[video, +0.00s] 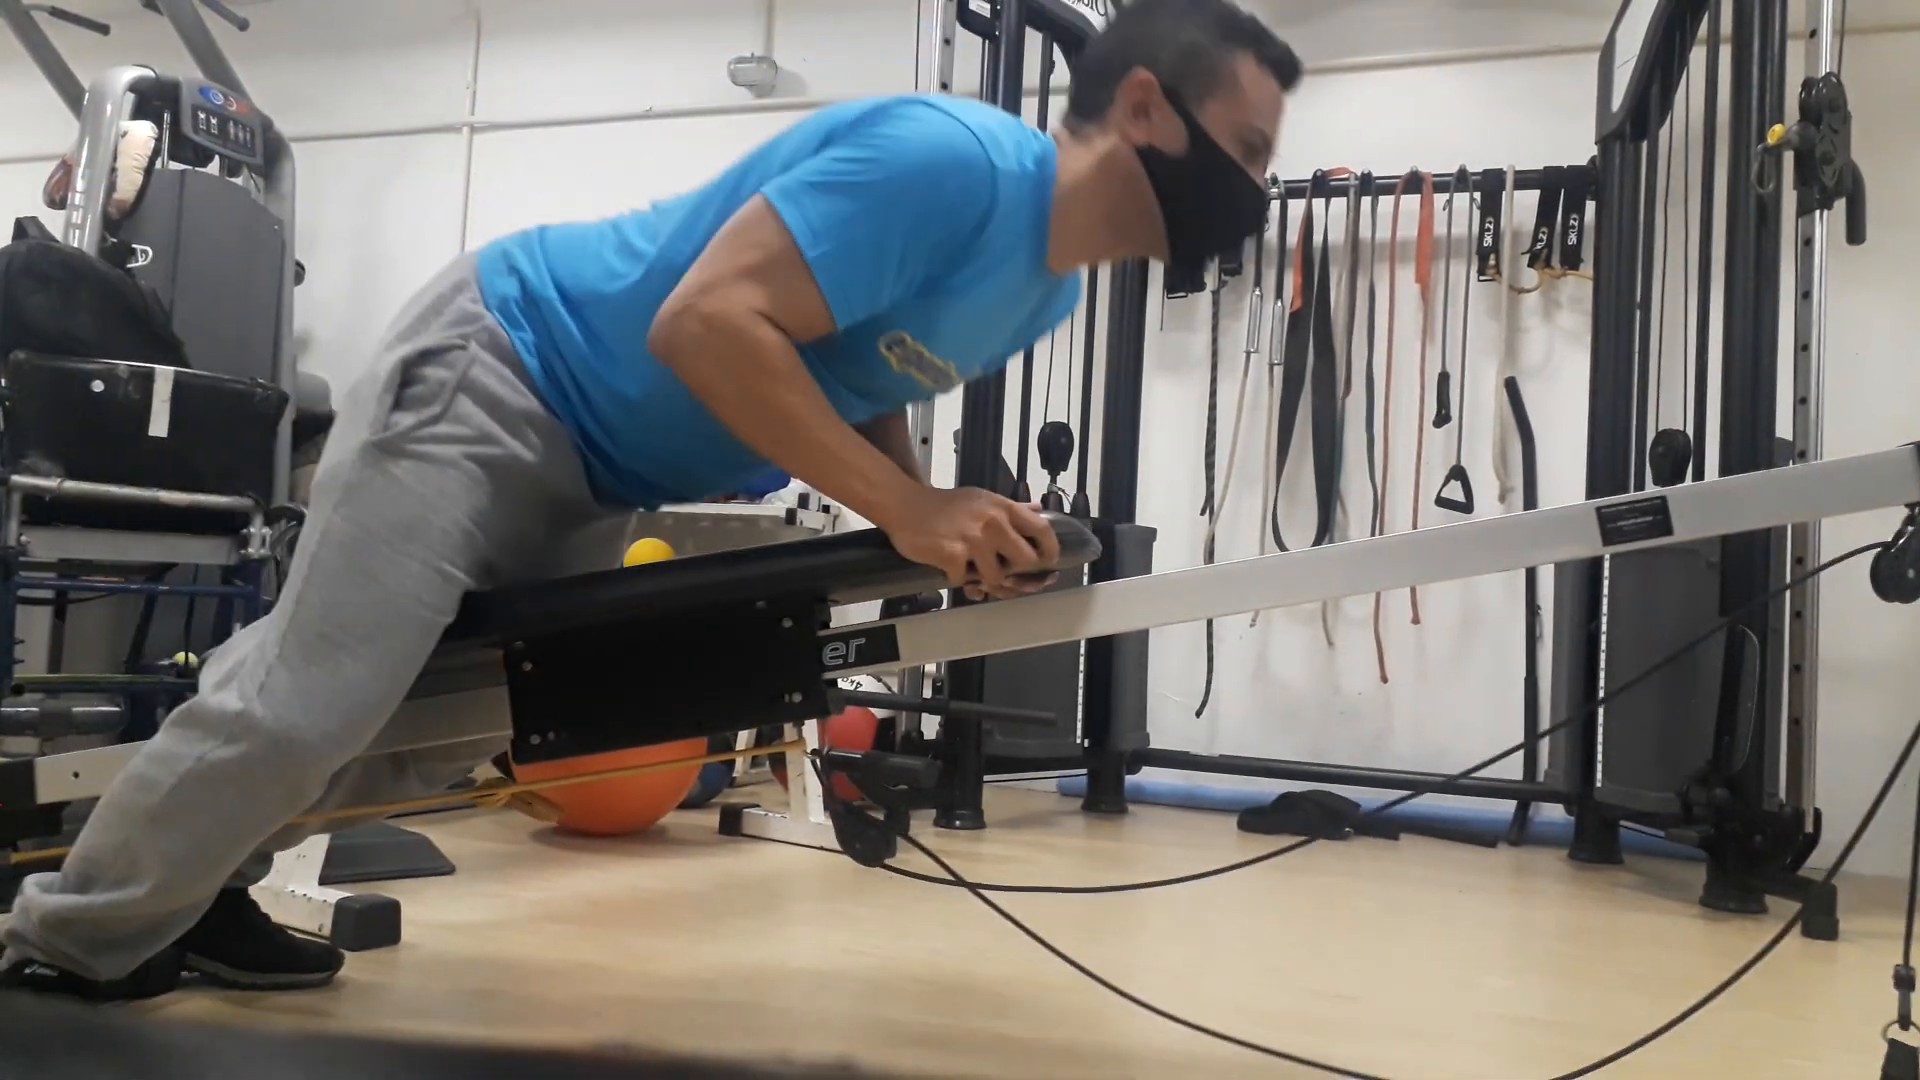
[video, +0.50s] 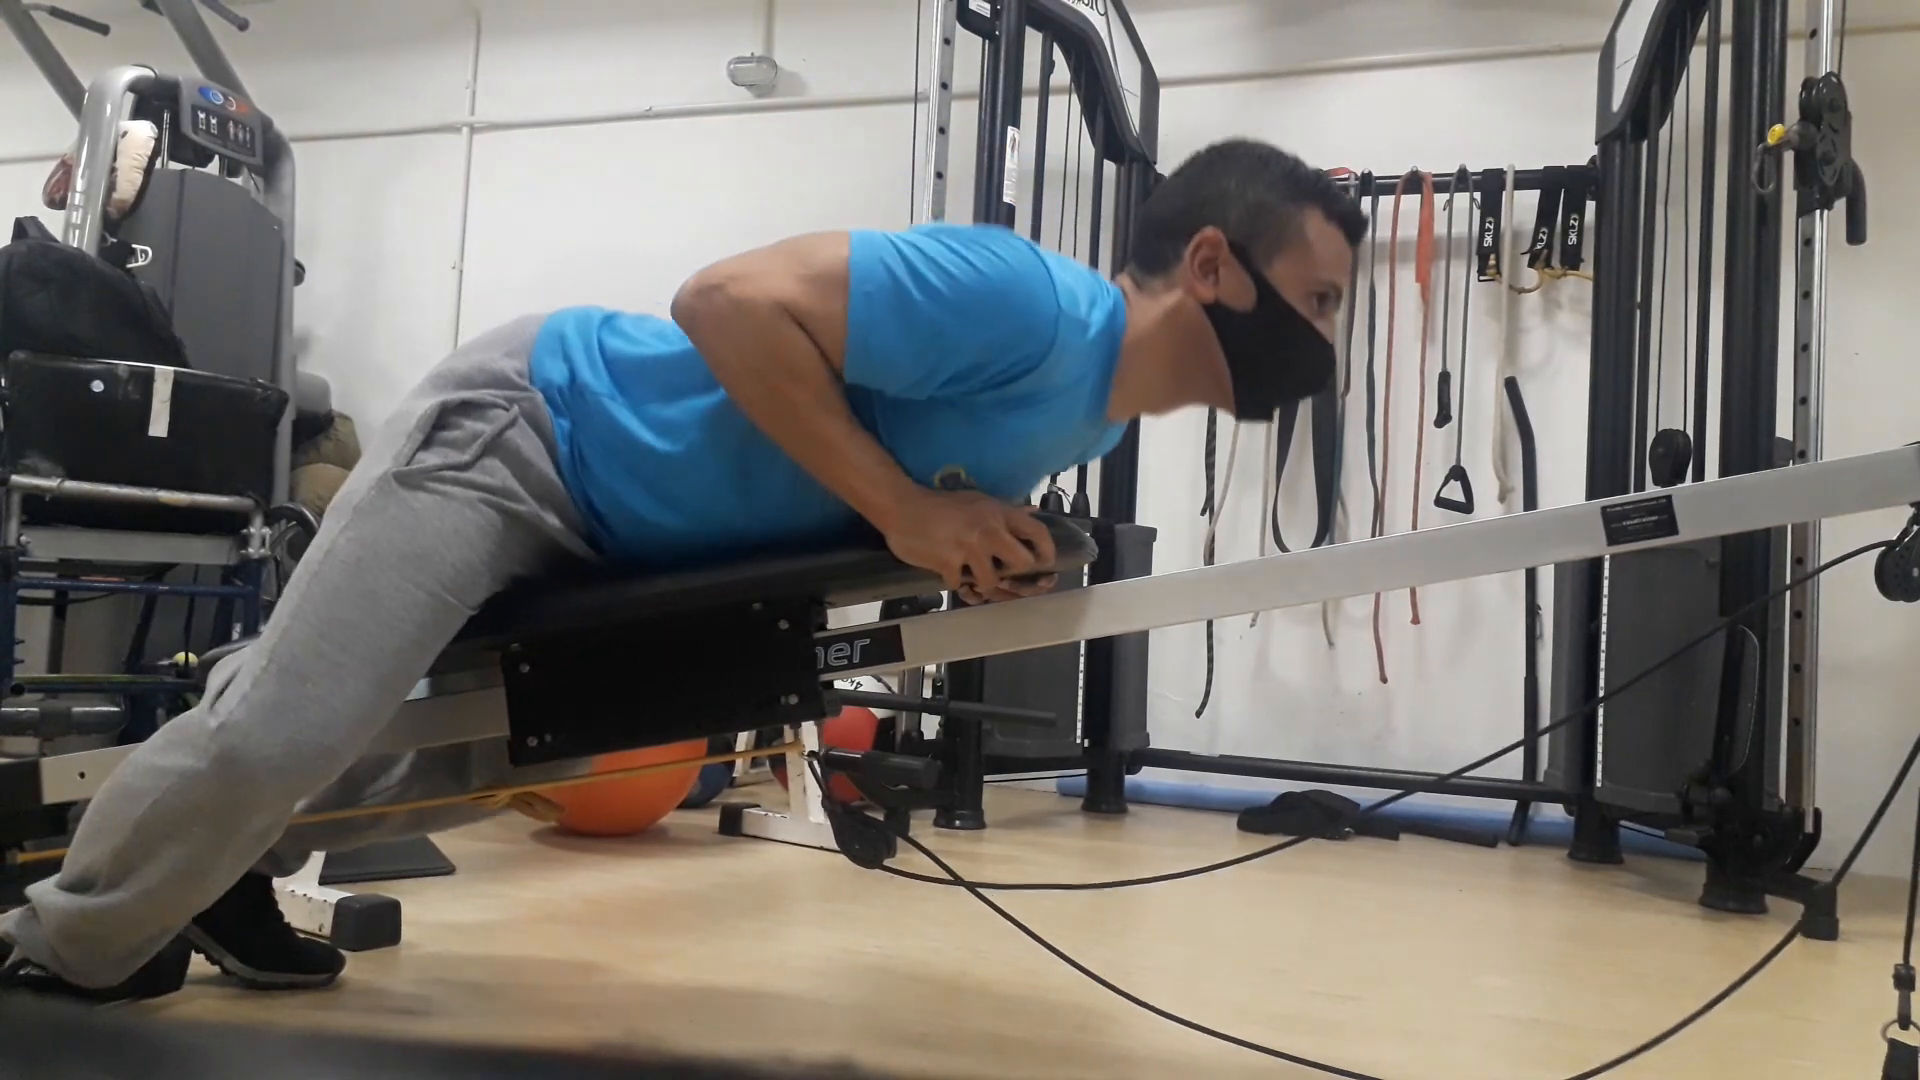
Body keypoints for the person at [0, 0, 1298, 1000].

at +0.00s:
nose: (1254, 206)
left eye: (1266, 177)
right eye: (1242, 163)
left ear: (1163, 140)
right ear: (1137, 115)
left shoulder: (1028, 285)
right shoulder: (951, 155)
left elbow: (851, 398)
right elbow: (708, 322)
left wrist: (945, 516)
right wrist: (905, 507)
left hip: (602, 470)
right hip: (503, 366)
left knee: (472, 722)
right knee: (306, 709)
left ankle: (210, 876)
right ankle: (60, 952)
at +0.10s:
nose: (1273, 235)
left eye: (1288, 205)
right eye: (1263, 192)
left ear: (1187, 165)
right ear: (1163, 141)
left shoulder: (1049, 304)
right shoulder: (970, 187)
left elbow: (859, 401)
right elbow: (718, 318)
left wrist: (948, 511)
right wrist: (900, 505)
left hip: (610, 485)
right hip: (513, 382)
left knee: (482, 733)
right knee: (308, 719)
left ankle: (215, 873)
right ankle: (63, 951)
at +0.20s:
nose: (1303, 256)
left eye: (1315, 226)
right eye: (1290, 215)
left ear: (1208, 199)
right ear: (1187, 176)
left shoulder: (1074, 340)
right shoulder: (991, 221)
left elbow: (868, 400)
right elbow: (723, 315)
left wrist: (954, 510)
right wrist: (904, 506)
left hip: (628, 500)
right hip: (530, 395)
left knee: (485, 727)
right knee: (302, 729)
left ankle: (220, 853)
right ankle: (64, 949)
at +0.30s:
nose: (1318, 296)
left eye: (1332, 268)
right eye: (1306, 252)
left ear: (1221, 241)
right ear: (1204, 210)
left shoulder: (1080, 380)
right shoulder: (1008, 253)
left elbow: (875, 428)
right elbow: (728, 310)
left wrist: (968, 518)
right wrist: (907, 506)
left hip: (629, 520)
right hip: (537, 404)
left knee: (503, 735)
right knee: (300, 726)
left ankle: (223, 842)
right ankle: (68, 944)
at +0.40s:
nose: (1325, 318)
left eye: (1339, 289)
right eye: (1312, 275)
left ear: (1221, 268)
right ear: (1209, 241)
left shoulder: (1086, 403)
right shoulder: (1018, 283)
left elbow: (881, 454)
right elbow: (733, 309)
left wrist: (979, 530)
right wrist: (911, 509)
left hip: (621, 527)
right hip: (536, 411)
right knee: (300, 729)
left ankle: (225, 852)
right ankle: (64, 941)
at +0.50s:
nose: (1315, 347)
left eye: (1332, 319)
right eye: (1305, 302)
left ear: (1225, 293)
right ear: (1208, 263)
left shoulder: (1085, 426)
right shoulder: (1024, 308)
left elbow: (858, 494)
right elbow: (731, 308)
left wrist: (973, 559)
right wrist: (910, 510)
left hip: (621, 550)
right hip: (538, 427)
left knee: (493, 750)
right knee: (294, 726)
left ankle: (236, 848)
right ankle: (60, 945)